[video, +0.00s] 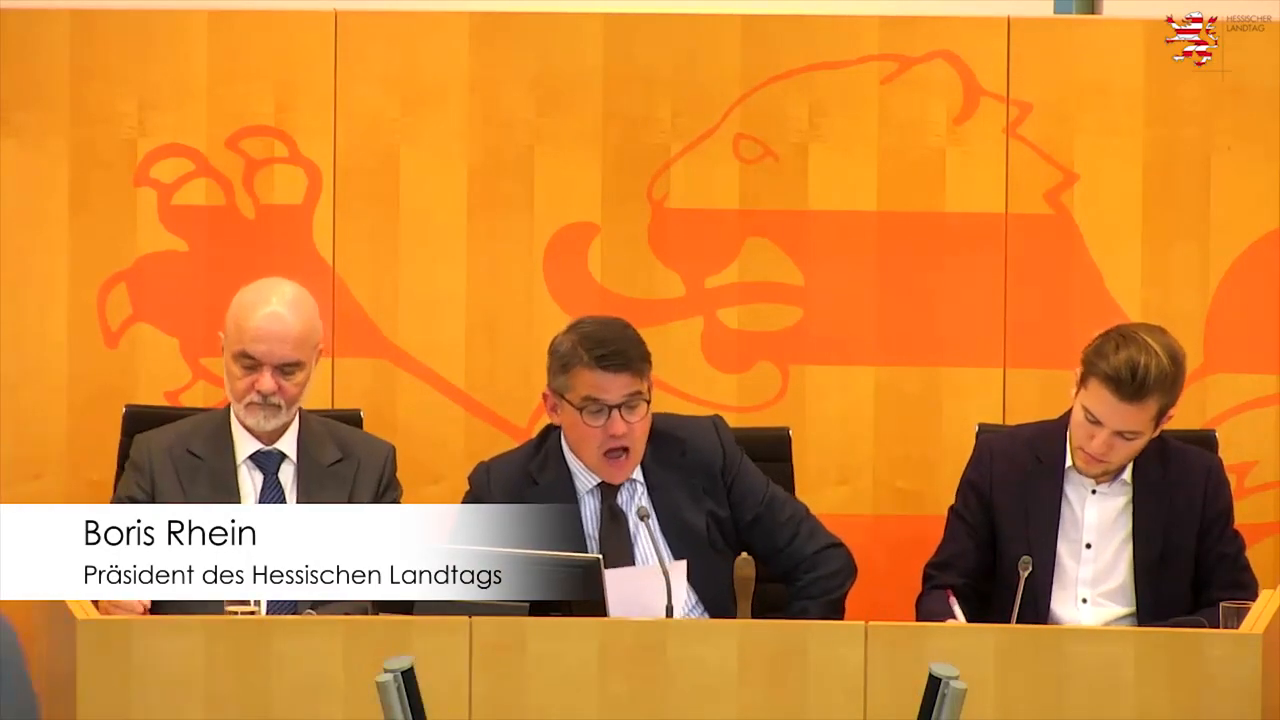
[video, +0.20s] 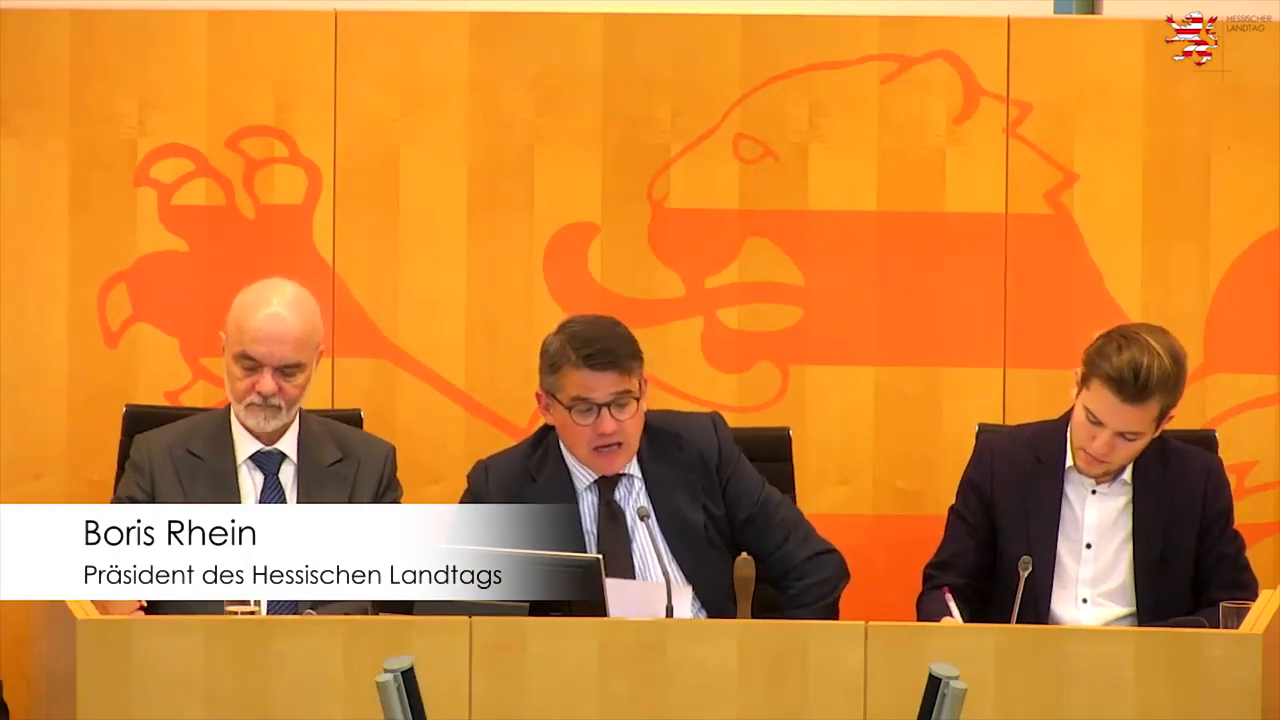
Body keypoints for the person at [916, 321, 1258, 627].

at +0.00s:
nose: (1098, 445)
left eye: (1125, 436)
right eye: (1090, 418)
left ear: (1162, 421)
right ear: (1077, 384)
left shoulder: (1198, 477)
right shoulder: (1000, 458)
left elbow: (1238, 602)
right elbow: (944, 588)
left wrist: (1161, 645)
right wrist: (960, 644)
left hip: (1147, 679)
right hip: (1022, 671)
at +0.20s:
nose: (1100, 446)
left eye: (1127, 436)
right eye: (1092, 419)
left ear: (1163, 422)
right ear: (1078, 384)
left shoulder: (1198, 477)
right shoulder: (1000, 458)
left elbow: (1238, 601)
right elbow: (945, 586)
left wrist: (1165, 644)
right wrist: (953, 637)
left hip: (1148, 679)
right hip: (1023, 671)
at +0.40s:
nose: (1101, 447)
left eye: (1128, 437)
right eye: (1093, 420)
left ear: (1163, 422)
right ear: (1078, 384)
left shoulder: (1198, 478)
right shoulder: (1001, 458)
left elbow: (1237, 601)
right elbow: (947, 584)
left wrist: (1164, 644)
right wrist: (950, 632)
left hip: (1149, 681)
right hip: (1023, 673)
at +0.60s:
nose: (1102, 447)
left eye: (1129, 437)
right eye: (1094, 419)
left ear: (1164, 423)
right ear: (1079, 384)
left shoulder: (1198, 478)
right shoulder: (1001, 458)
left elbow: (1238, 601)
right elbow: (950, 583)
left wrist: (1166, 644)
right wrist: (949, 635)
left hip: (1149, 680)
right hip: (1023, 673)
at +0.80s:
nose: (1105, 447)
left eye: (1131, 437)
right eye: (1097, 419)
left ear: (1164, 423)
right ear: (1081, 383)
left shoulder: (1199, 478)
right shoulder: (1002, 458)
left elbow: (1238, 601)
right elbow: (950, 584)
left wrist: (1166, 644)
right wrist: (951, 634)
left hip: (1150, 680)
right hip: (1024, 672)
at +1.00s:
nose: (1105, 447)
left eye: (1131, 438)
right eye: (1097, 420)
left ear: (1165, 423)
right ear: (1081, 384)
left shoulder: (1199, 478)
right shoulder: (1002, 457)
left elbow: (1238, 601)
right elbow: (953, 582)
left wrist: (1164, 644)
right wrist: (949, 630)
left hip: (1150, 681)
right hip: (1024, 672)